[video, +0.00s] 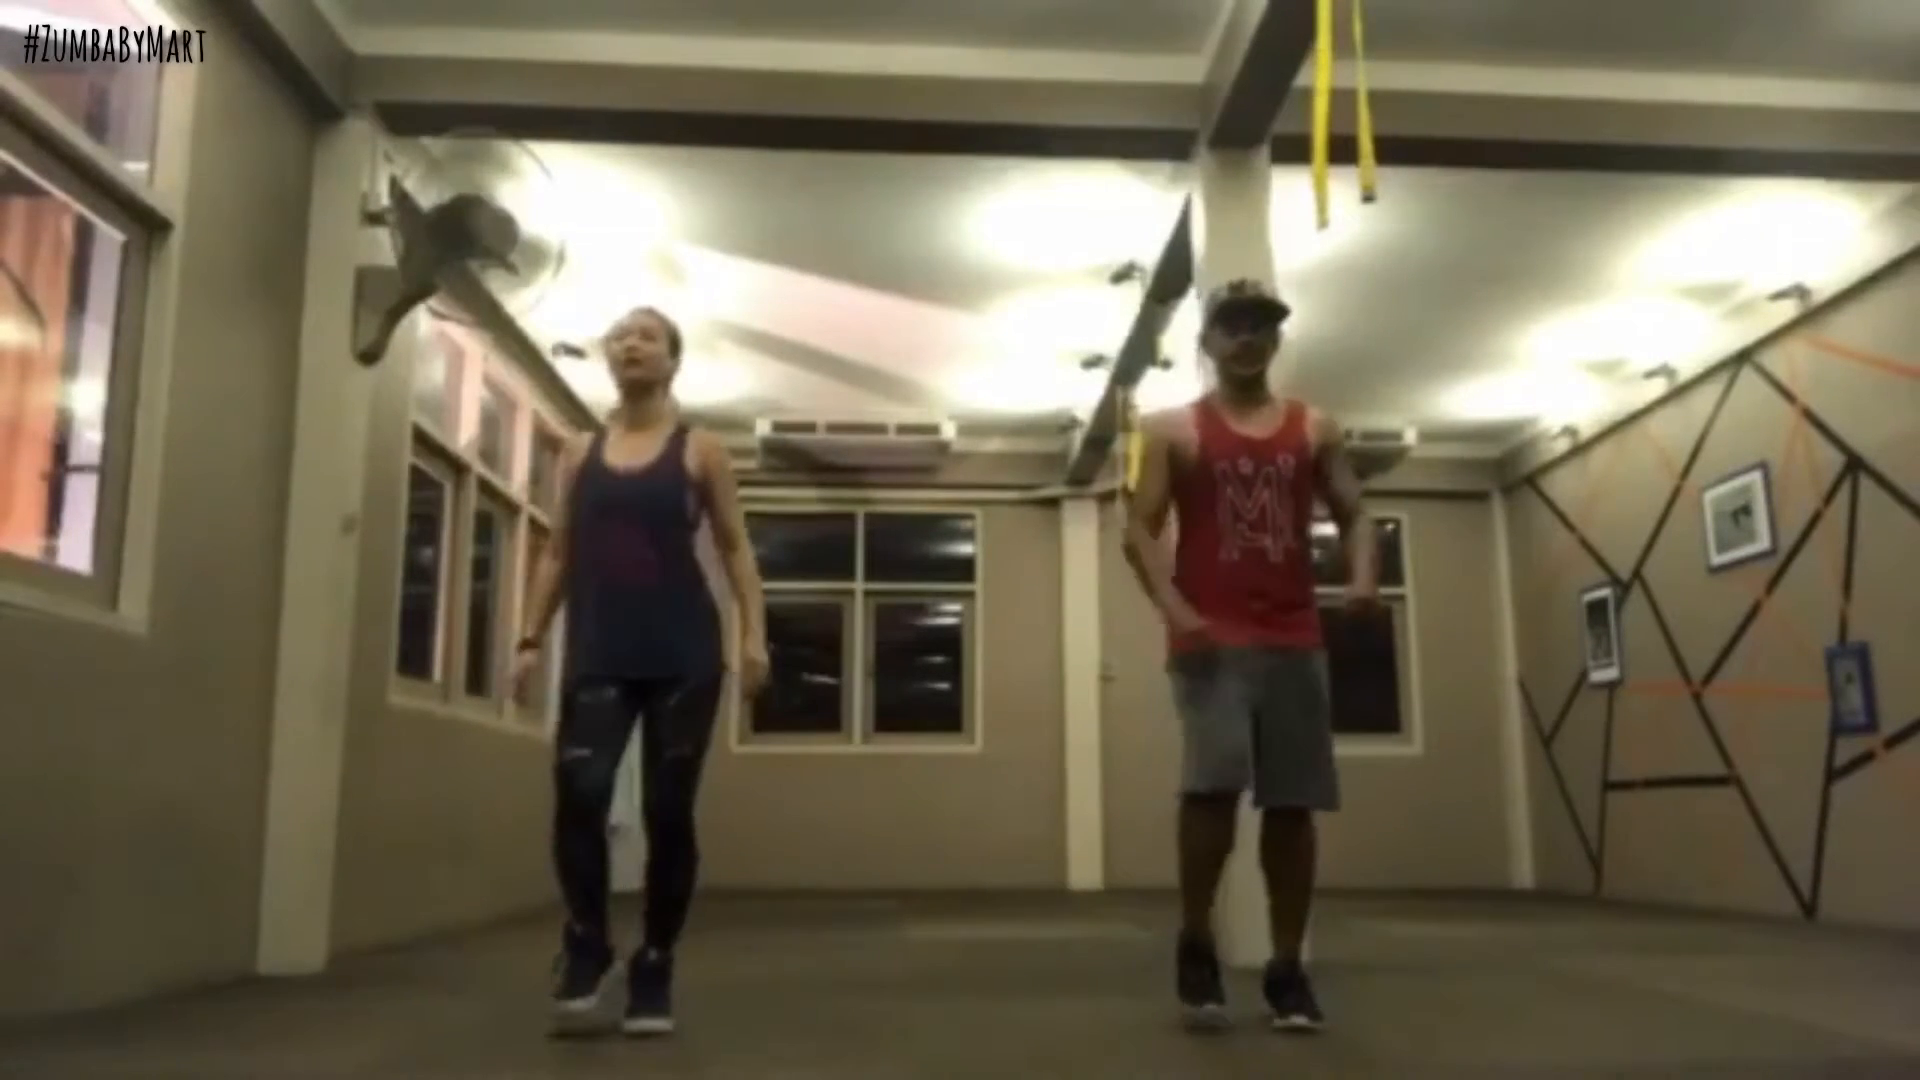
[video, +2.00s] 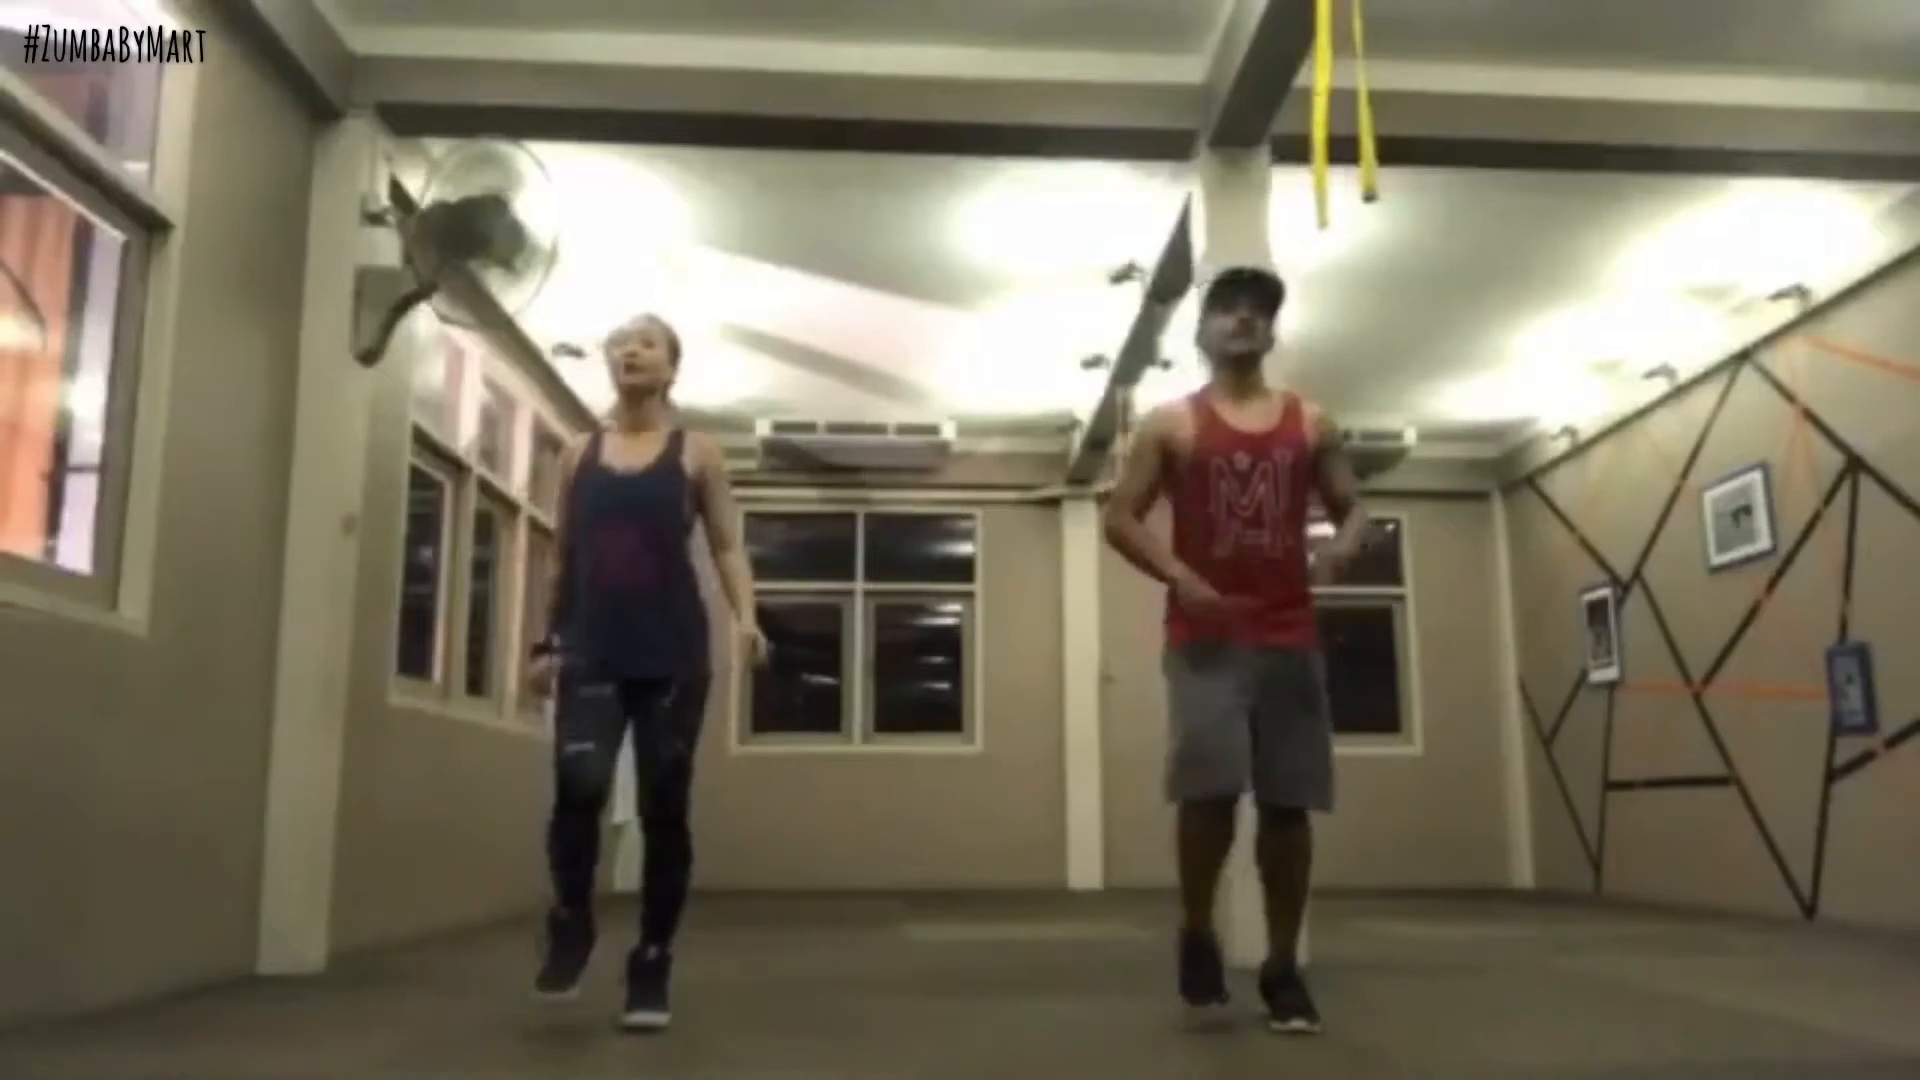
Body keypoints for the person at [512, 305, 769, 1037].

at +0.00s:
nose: (631, 345)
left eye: (647, 336)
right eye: (621, 336)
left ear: (673, 359)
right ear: (606, 357)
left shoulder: (700, 448)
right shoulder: (583, 451)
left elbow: (735, 548)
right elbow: (559, 550)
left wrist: (752, 636)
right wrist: (531, 634)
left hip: (683, 655)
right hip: (597, 655)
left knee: (668, 812)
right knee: (577, 801)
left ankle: (654, 969)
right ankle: (586, 953)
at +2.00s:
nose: (632, 355)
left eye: (647, 346)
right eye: (622, 345)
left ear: (673, 365)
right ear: (608, 364)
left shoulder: (697, 451)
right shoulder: (582, 452)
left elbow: (727, 544)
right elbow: (561, 553)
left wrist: (747, 617)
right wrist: (546, 640)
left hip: (672, 654)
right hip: (590, 652)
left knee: (663, 811)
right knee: (576, 795)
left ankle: (652, 966)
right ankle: (570, 927)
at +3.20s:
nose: (617, 371)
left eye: (633, 361)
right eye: (607, 360)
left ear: (658, 382)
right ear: (591, 376)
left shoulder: (680, 465)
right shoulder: (562, 465)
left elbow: (732, 552)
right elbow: (516, 557)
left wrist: (750, 588)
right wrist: (466, 631)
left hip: (654, 665)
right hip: (573, 663)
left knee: (646, 817)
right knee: (560, 822)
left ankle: (653, 969)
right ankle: (556, 973)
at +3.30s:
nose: (621, 362)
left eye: (637, 353)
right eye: (610, 352)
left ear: (663, 374)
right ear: (595, 371)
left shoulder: (687, 457)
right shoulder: (565, 455)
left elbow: (762, 508)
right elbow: (500, 528)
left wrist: (827, 523)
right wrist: (437, 559)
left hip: (656, 655)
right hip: (573, 655)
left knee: (664, 792)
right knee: (561, 812)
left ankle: (680, 932)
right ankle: (557, 964)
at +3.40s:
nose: (630, 352)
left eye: (646, 344)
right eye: (620, 342)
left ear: (673, 366)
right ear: (605, 359)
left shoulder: (695, 450)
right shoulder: (577, 443)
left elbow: (785, 483)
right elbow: (518, 517)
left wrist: (864, 496)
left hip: (661, 643)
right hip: (579, 644)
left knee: (681, 780)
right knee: (564, 808)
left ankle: (729, 946)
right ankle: (553, 968)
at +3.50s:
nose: (641, 352)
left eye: (659, 344)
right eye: (634, 342)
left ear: (687, 367)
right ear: (621, 359)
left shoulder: (702, 450)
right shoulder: (589, 438)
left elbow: (771, 491)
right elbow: (570, 503)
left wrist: (832, 508)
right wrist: (642, 470)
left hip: (673, 647)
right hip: (593, 646)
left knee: (701, 793)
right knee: (571, 811)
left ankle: (773, 963)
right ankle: (554, 966)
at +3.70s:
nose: (671, 350)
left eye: (686, 339)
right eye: (661, 339)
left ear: (714, 357)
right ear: (647, 355)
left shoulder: (735, 440)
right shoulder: (627, 435)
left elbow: (796, 505)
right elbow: (549, 491)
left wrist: (868, 497)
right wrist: (605, 460)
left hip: (719, 655)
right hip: (638, 653)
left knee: (733, 817)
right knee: (596, 822)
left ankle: (785, 982)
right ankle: (567, 961)